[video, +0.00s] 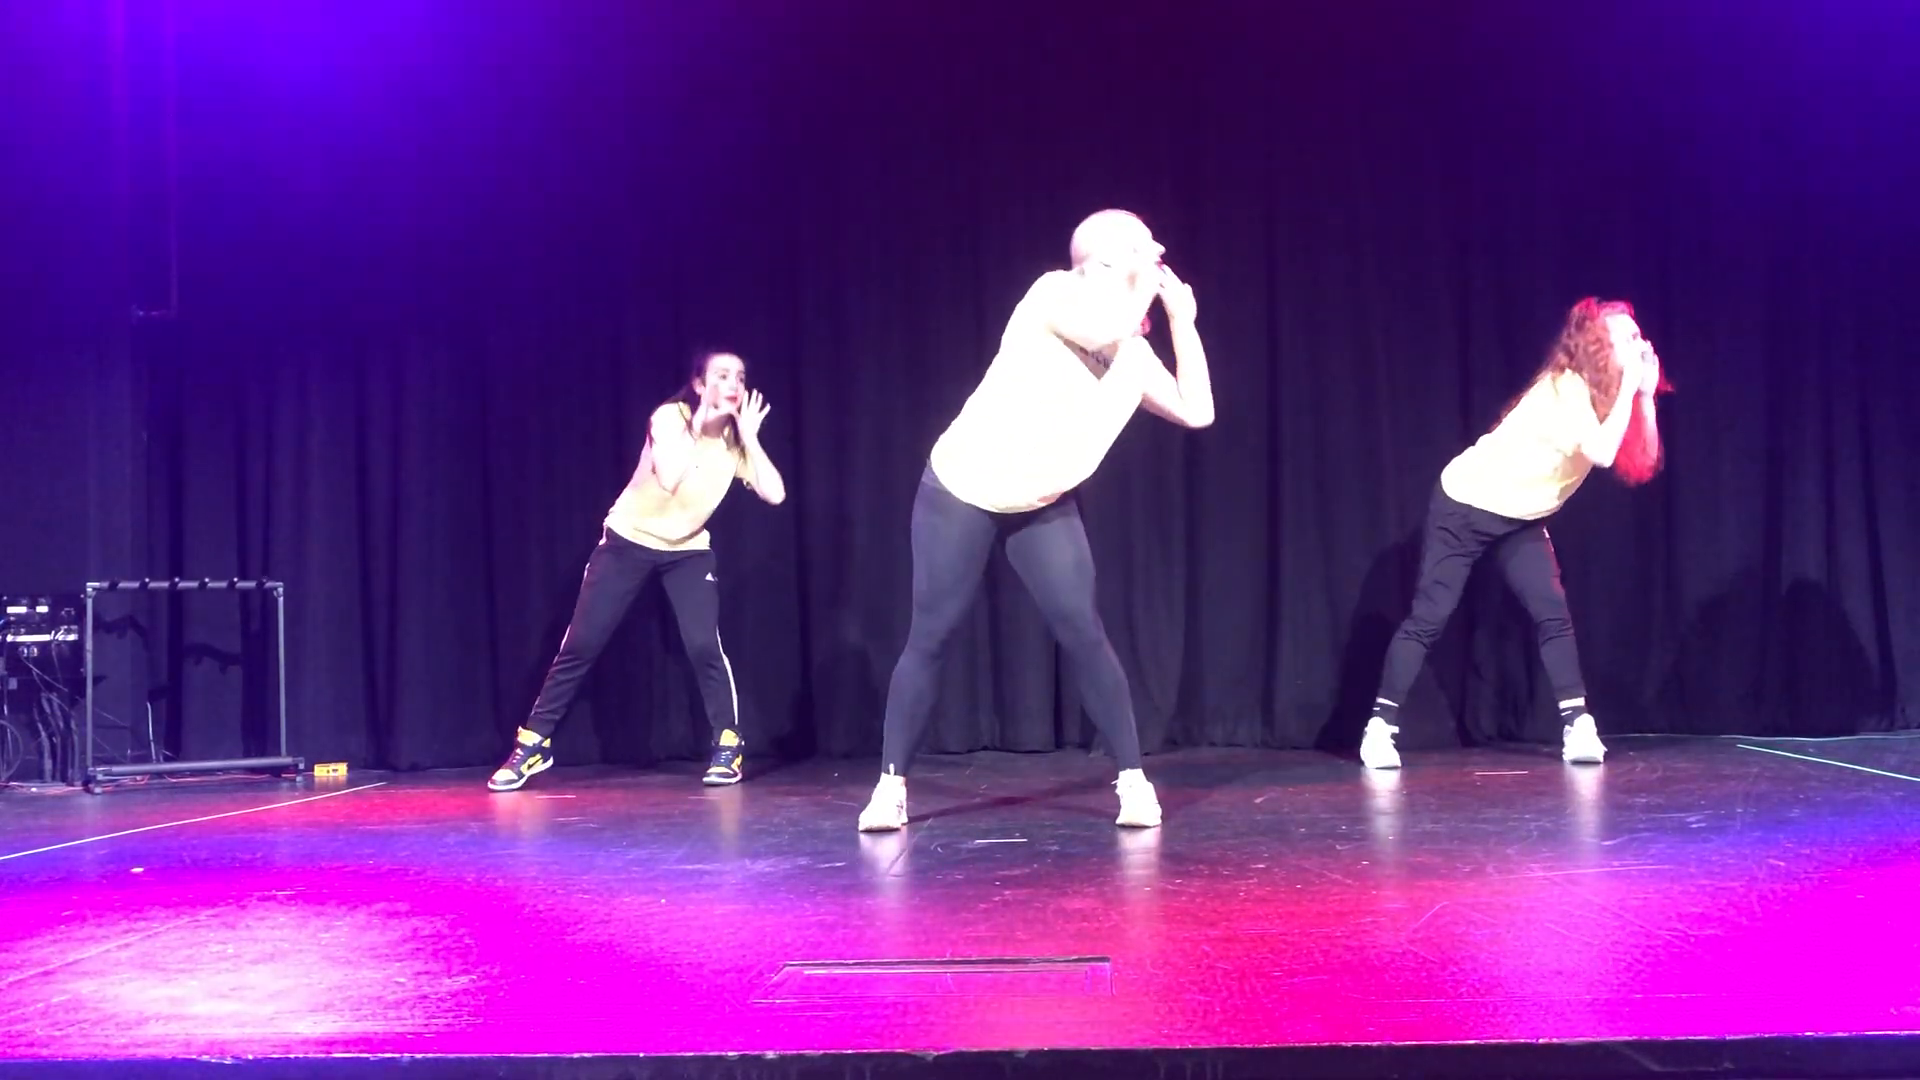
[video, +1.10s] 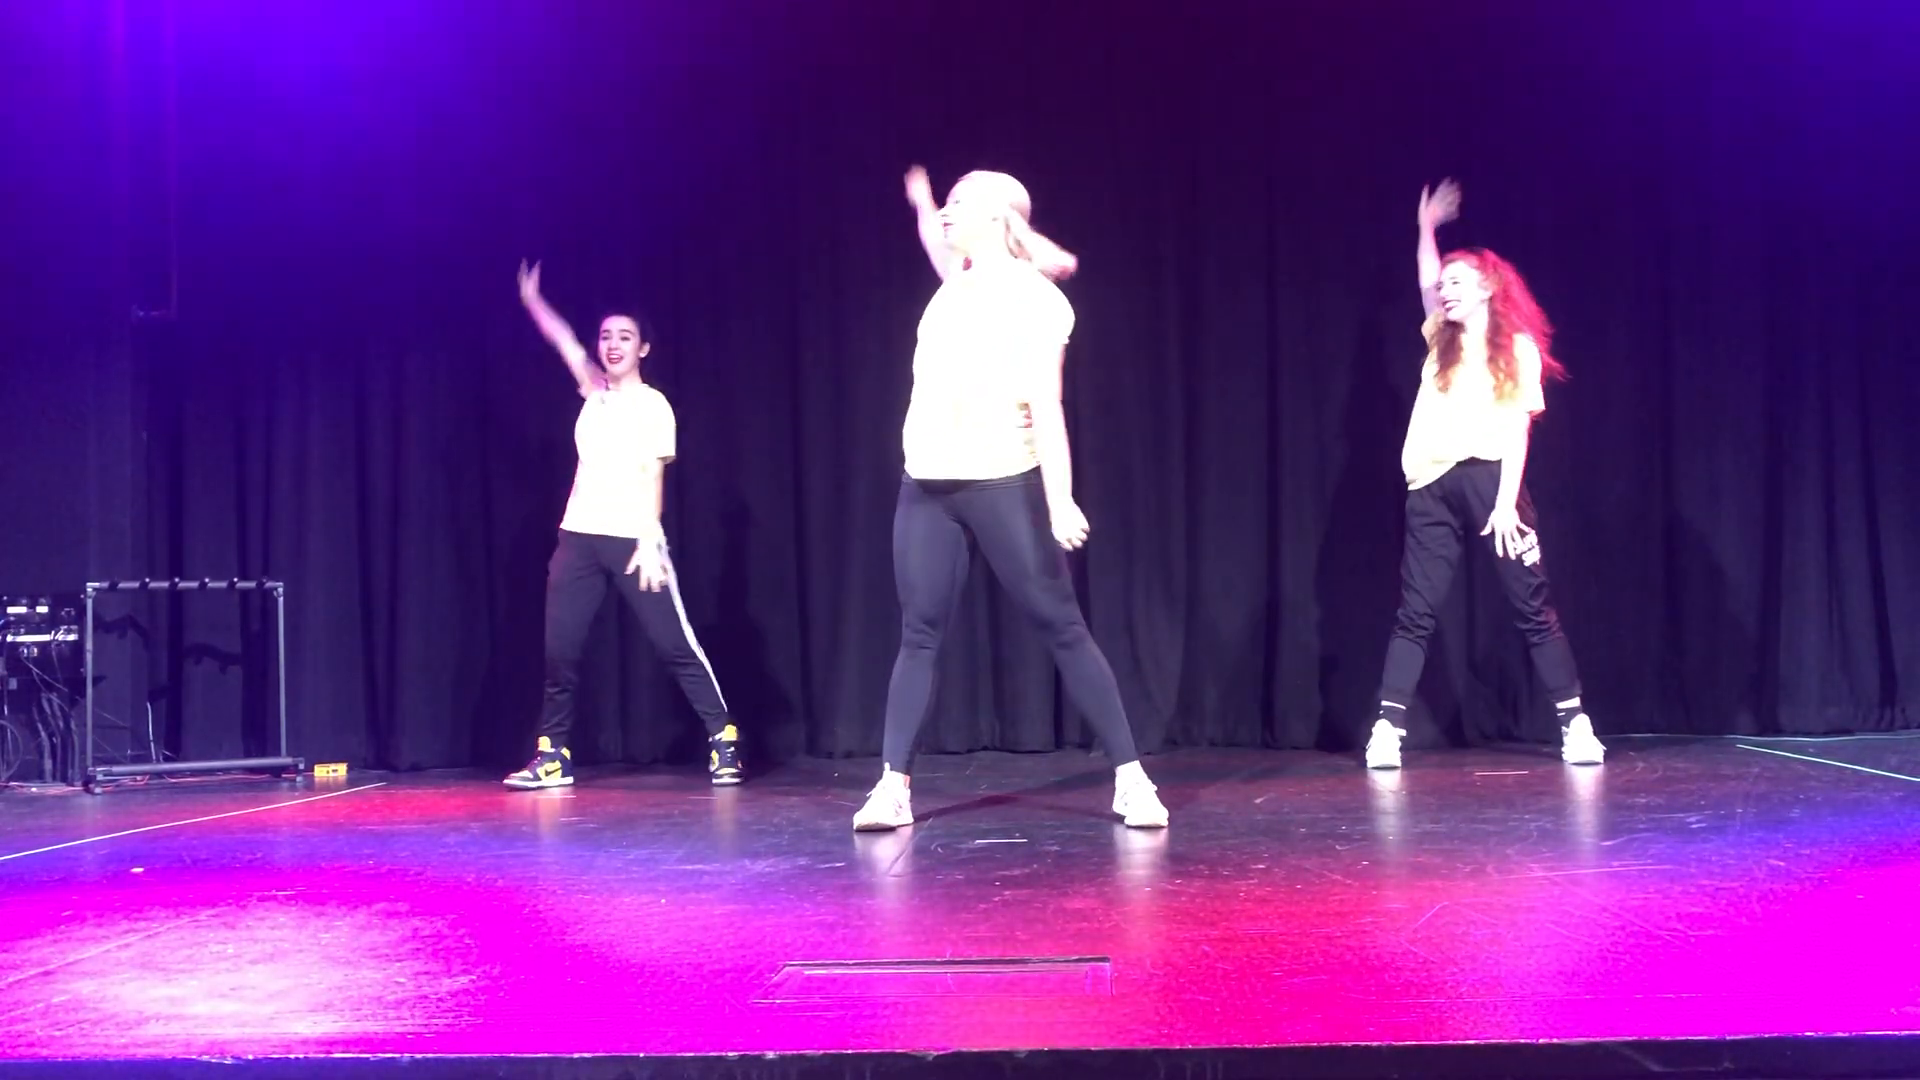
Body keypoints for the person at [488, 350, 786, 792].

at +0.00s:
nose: (730, 386)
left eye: (737, 379)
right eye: (721, 377)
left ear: (745, 391)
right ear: (699, 384)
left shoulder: (738, 440)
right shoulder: (671, 417)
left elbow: (775, 494)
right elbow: (668, 476)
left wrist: (750, 438)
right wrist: (705, 427)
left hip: (689, 550)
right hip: (627, 542)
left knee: (703, 647)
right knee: (579, 646)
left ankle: (728, 747)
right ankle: (532, 746)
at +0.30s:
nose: (689, 346)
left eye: (697, 341)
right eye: (679, 337)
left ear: (705, 357)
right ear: (656, 349)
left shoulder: (707, 410)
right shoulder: (628, 393)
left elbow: (753, 469)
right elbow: (590, 439)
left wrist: (720, 416)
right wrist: (634, 394)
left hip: (676, 541)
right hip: (615, 536)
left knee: (698, 650)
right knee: (571, 645)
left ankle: (728, 745)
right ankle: (534, 748)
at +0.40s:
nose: (667, 347)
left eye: (675, 341)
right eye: (658, 338)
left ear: (683, 355)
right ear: (636, 350)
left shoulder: (694, 413)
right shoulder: (610, 396)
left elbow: (734, 476)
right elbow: (555, 452)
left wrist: (707, 466)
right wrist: (591, 412)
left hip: (666, 545)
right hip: (603, 541)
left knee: (690, 651)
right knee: (559, 645)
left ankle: (727, 745)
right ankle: (532, 750)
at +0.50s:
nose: (640, 367)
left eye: (649, 360)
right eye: (631, 358)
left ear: (659, 373)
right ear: (612, 368)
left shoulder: (673, 429)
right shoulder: (587, 420)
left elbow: (703, 496)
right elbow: (551, 477)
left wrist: (686, 542)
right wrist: (528, 499)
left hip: (652, 560)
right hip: (591, 557)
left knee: (674, 658)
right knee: (544, 654)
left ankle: (723, 745)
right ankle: (532, 757)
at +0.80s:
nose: (626, 338)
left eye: (635, 331)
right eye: (617, 331)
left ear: (650, 345)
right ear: (603, 344)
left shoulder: (665, 405)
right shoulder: (584, 395)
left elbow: (674, 476)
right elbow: (553, 440)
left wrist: (668, 528)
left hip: (650, 537)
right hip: (589, 535)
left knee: (690, 639)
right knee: (555, 642)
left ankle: (714, 749)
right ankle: (533, 751)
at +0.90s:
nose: (618, 333)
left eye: (628, 326)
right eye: (611, 326)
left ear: (645, 340)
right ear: (601, 338)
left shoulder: (664, 400)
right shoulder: (583, 385)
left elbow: (674, 472)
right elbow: (571, 338)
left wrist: (675, 533)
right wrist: (552, 290)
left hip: (652, 535)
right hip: (592, 534)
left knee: (683, 644)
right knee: (564, 645)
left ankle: (715, 747)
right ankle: (546, 750)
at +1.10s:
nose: (612, 345)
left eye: (623, 338)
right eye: (606, 337)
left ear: (642, 347)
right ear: (598, 347)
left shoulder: (654, 407)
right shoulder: (592, 391)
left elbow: (654, 479)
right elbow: (564, 341)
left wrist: (651, 542)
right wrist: (533, 301)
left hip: (634, 542)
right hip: (578, 541)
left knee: (676, 647)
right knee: (559, 650)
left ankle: (724, 740)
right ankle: (553, 753)